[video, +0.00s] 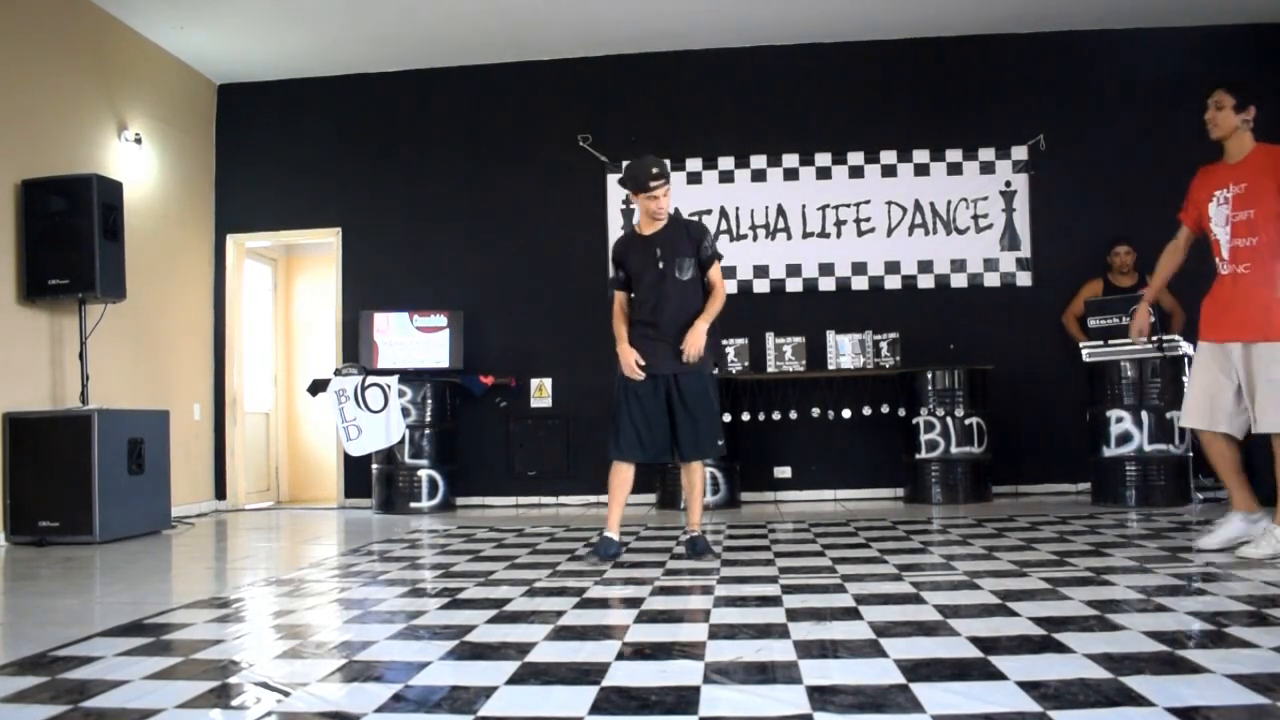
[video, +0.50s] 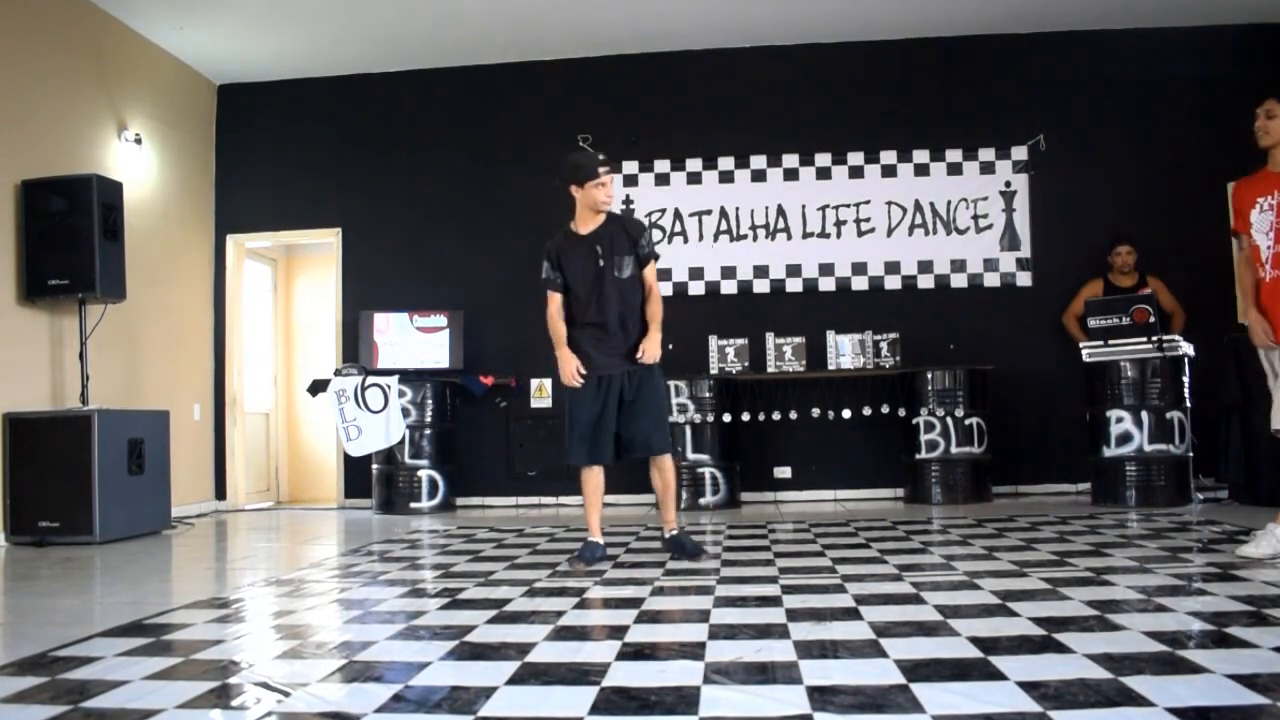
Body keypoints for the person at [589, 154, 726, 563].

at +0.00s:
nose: (660, 204)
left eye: (664, 195)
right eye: (651, 197)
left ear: (671, 192)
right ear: (634, 199)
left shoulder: (693, 234)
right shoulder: (624, 247)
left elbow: (719, 289)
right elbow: (620, 304)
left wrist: (701, 327)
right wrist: (622, 345)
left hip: (689, 364)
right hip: (641, 365)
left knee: (692, 450)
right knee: (625, 449)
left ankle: (695, 531)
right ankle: (610, 535)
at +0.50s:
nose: (609, 191)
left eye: (610, 184)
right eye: (600, 185)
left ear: (613, 187)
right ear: (576, 190)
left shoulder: (633, 231)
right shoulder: (559, 248)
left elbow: (653, 290)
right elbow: (555, 309)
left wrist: (654, 334)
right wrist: (562, 352)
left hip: (638, 362)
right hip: (588, 368)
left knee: (659, 447)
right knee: (590, 455)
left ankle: (672, 531)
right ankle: (594, 540)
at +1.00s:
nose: (599, 191)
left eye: (601, 184)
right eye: (590, 185)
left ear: (603, 188)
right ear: (567, 191)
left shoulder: (621, 235)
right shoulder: (547, 245)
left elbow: (643, 292)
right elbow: (543, 305)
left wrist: (650, 340)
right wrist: (554, 346)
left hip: (631, 364)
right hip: (581, 369)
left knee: (646, 454)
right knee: (589, 459)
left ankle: (660, 538)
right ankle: (595, 541)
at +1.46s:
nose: (601, 201)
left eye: (606, 192)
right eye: (592, 193)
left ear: (614, 189)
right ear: (573, 191)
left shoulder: (635, 232)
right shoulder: (560, 243)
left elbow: (654, 286)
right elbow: (551, 305)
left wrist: (654, 319)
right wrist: (579, 341)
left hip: (641, 353)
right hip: (594, 357)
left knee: (657, 445)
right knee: (594, 450)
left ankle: (664, 535)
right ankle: (596, 538)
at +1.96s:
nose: (655, 219)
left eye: (663, 212)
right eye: (649, 211)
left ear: (674, 201)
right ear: (633, 197)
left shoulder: (685, 233)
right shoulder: (608, 230)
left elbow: (695, 292)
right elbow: (591, 287)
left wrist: (687, 329)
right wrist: (599, 330)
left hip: (670, 357)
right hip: (619, 356)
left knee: (681, 445)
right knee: (609, 443)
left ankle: (688, 531)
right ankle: (610, 527)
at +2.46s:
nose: (643, 210)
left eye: (650, 201)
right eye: (635, 202)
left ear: (663, 193)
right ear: (625, 199)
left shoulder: (693, 230)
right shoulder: (620, 243)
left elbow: (718, 284)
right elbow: (615, 292)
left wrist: (705, 325)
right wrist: (615, 326)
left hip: (691, 350)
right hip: (642, 352)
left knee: (691, 440)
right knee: (621, 420)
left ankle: (686, 530)